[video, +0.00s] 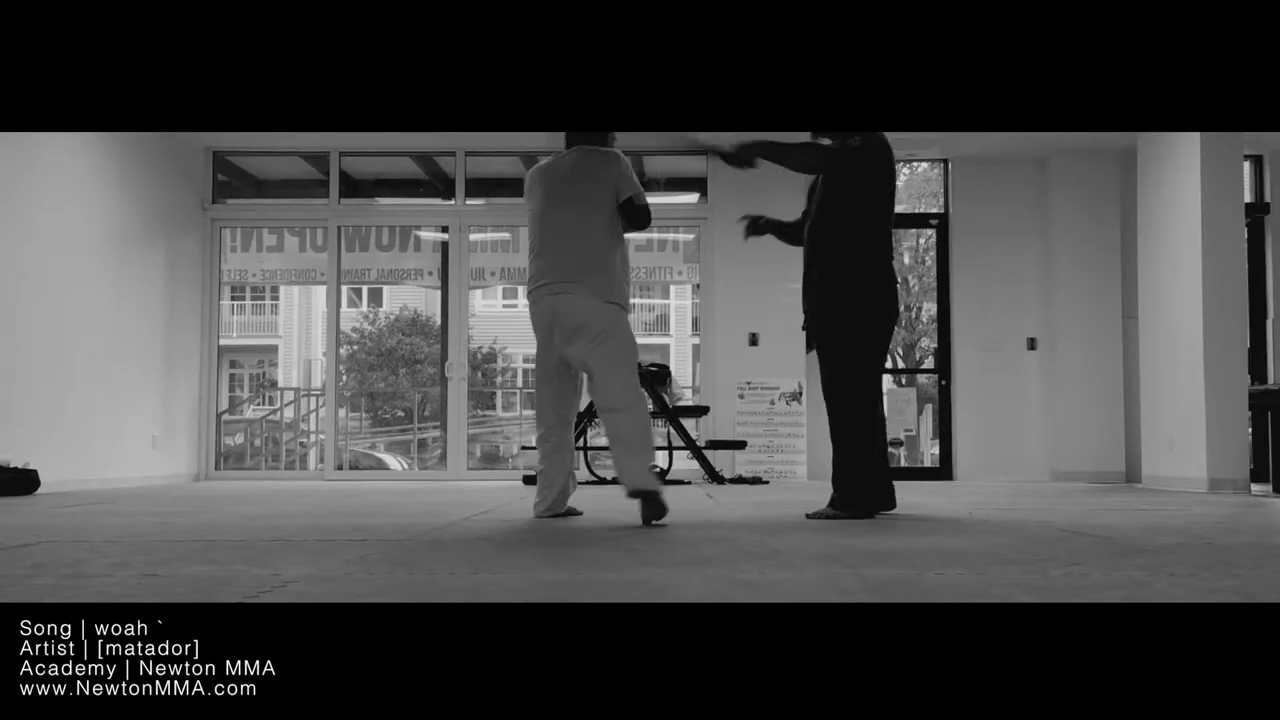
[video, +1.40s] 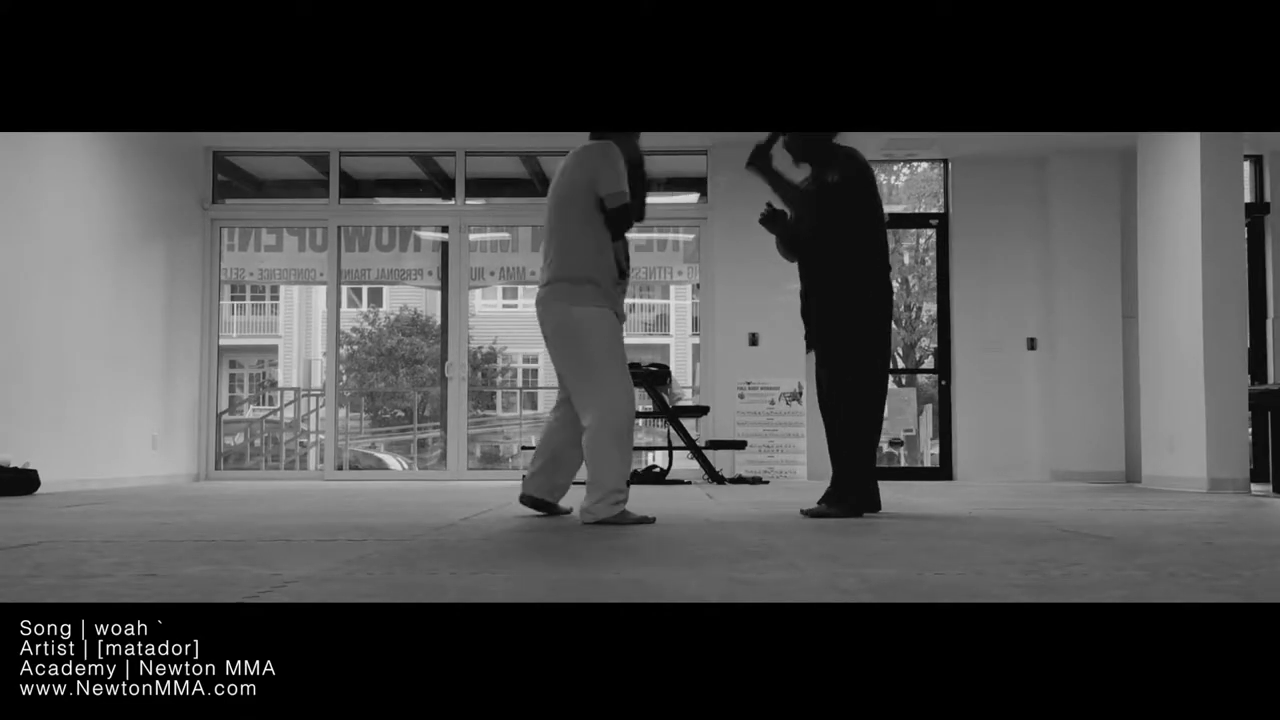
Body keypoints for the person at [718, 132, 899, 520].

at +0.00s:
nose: (814, 139)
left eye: (818, 136)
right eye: (814, 137)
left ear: (835, 129)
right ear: (832, 138)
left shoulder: (868, 148)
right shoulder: (832, 168)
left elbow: (816, 157)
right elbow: (810, 232)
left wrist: (754, 148)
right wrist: (771, 225)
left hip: (859, 300)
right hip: (838, 301)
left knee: (850, 399)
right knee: (854, 398)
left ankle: (854, 499)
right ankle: (873, 492)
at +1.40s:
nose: (785, 148)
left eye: (787, 139)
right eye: (784, 142)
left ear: (804, 137)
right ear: (818, 138)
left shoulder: (841, 168)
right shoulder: (832, 170)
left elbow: (816, 215)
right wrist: (785, 229)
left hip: (850, 312)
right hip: (838, 310)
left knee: (846, 400)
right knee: (842, 399)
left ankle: (850, 496)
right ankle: (854, 493)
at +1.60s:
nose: (781, 142)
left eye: (784, 135)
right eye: (780, 137)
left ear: (803, 134)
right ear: (807, 136)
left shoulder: (834, 167)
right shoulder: (813, 170)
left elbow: (805, 233)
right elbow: (819, 234)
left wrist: (733, 227)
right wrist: (780, 221)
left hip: (858, 305)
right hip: (838, 303)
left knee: (853, 395)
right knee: (845, 395)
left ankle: (852, 496)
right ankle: (858, 491)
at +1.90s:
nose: (772, 148)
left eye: (776, 141)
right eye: (771, 143)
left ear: (797, 138)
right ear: (791, 142)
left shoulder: (835, 169)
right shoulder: (795, 172)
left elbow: (834, 245)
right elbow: (772, 223)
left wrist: (774, 261)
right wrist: (734, 246)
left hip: (861, 296)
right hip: (832, 297)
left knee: (855, 391)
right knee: (838, 390)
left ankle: (848, 495)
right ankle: (862, 487)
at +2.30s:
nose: (760, 139)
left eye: (764, 133)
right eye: (761, 134)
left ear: (785, 133)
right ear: (788, 135)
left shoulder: (812, 170)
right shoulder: (797, 167)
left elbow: (777, 245)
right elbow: (754, 212)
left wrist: (708, 257)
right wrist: (711, 197)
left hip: (839, 308)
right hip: (818, 307)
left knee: (844, 395)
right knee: (816, 393)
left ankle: (845, 499)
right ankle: (814, 483)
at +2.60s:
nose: (747, 145)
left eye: (753, 137)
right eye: (748, 137)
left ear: (774, 141)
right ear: (782, 142)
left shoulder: (784, 183)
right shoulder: (791, 179)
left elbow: (726, 234)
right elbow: (776, 231)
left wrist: (680, 202)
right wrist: (737, 216)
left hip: (814, 314)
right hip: (799, 314)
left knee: (816, 403)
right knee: (791, 403)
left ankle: (838, 495)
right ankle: (791, 492)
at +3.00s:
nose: (735, 148)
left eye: (739, 141)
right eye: (735, 142)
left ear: (755, 143)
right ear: (774, 143)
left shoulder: (770, 174)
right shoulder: (782, 182)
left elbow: (712, 176)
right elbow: (754, 265)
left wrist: (659, 175)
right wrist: (720, 241)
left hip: (783, 313)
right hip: (792, 312)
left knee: (771, 402)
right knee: (783, 403)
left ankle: (775, 495)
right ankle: (784, 493)